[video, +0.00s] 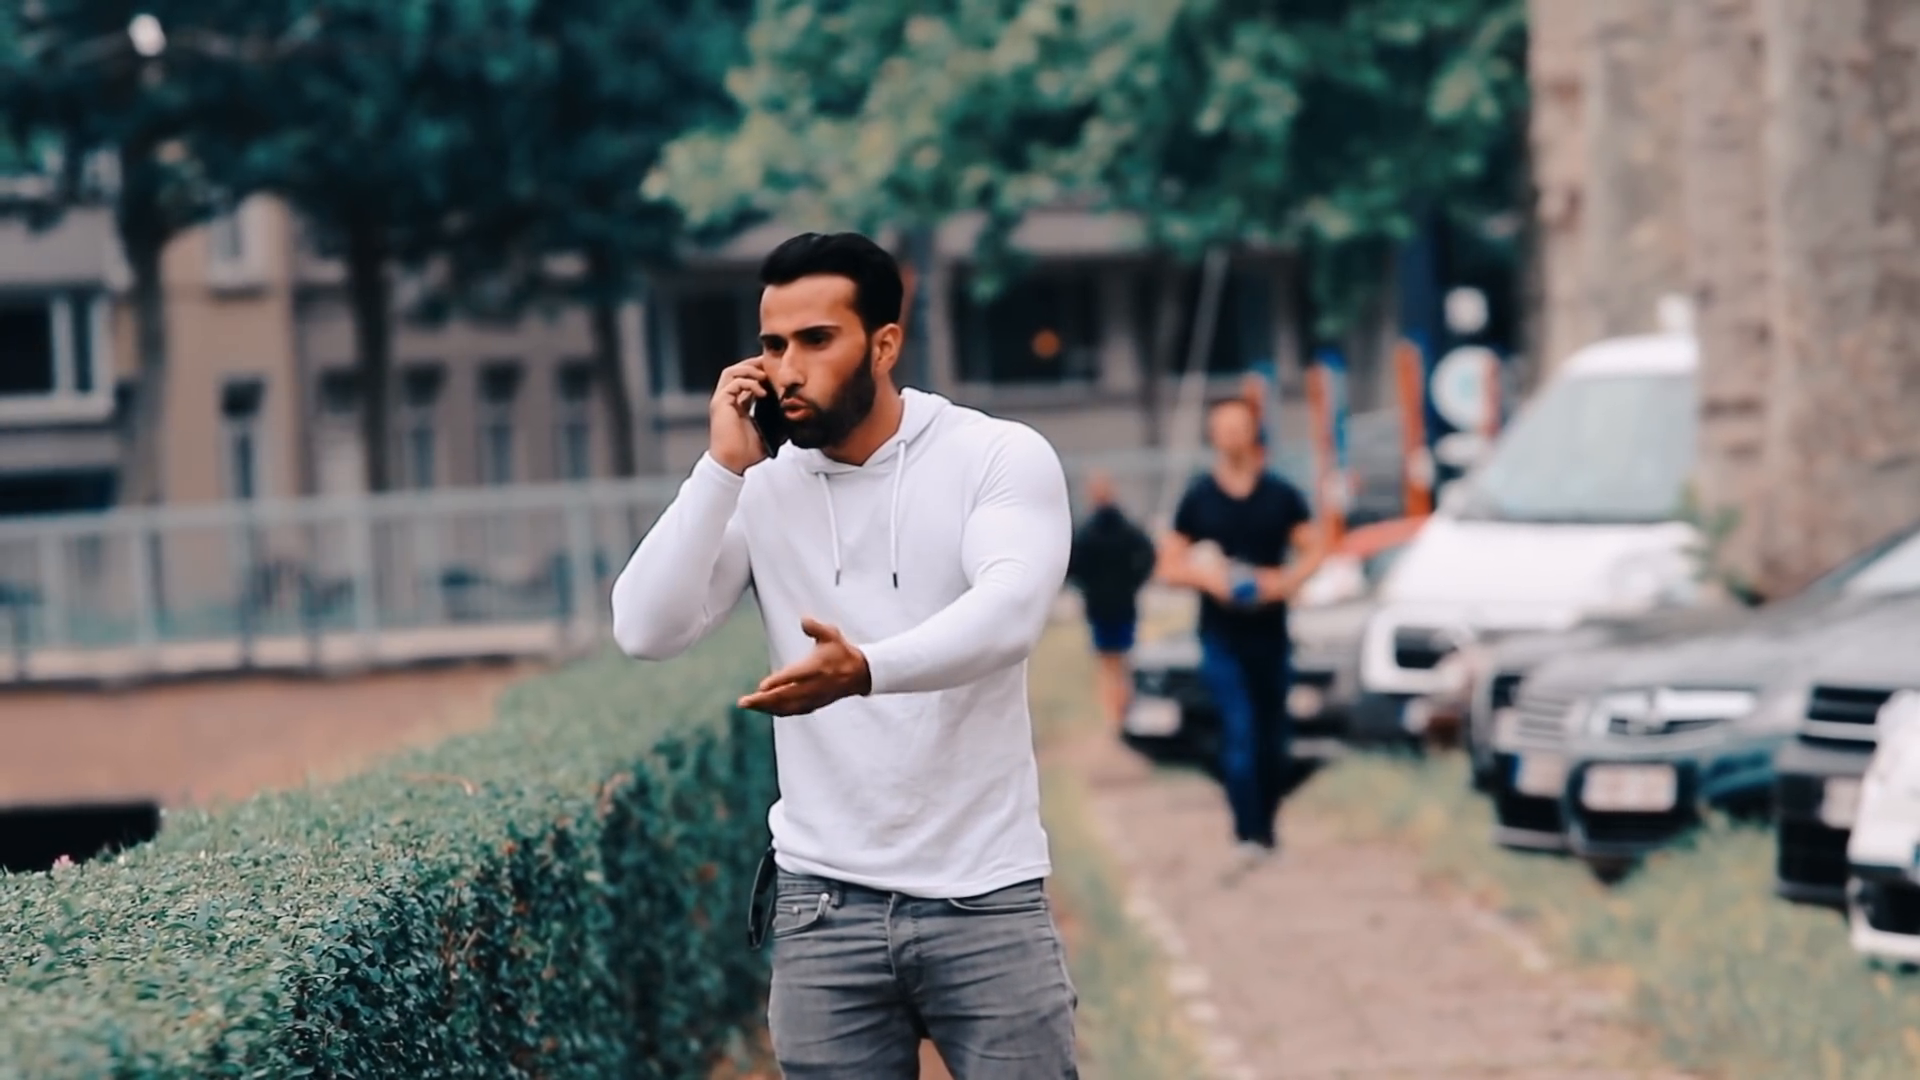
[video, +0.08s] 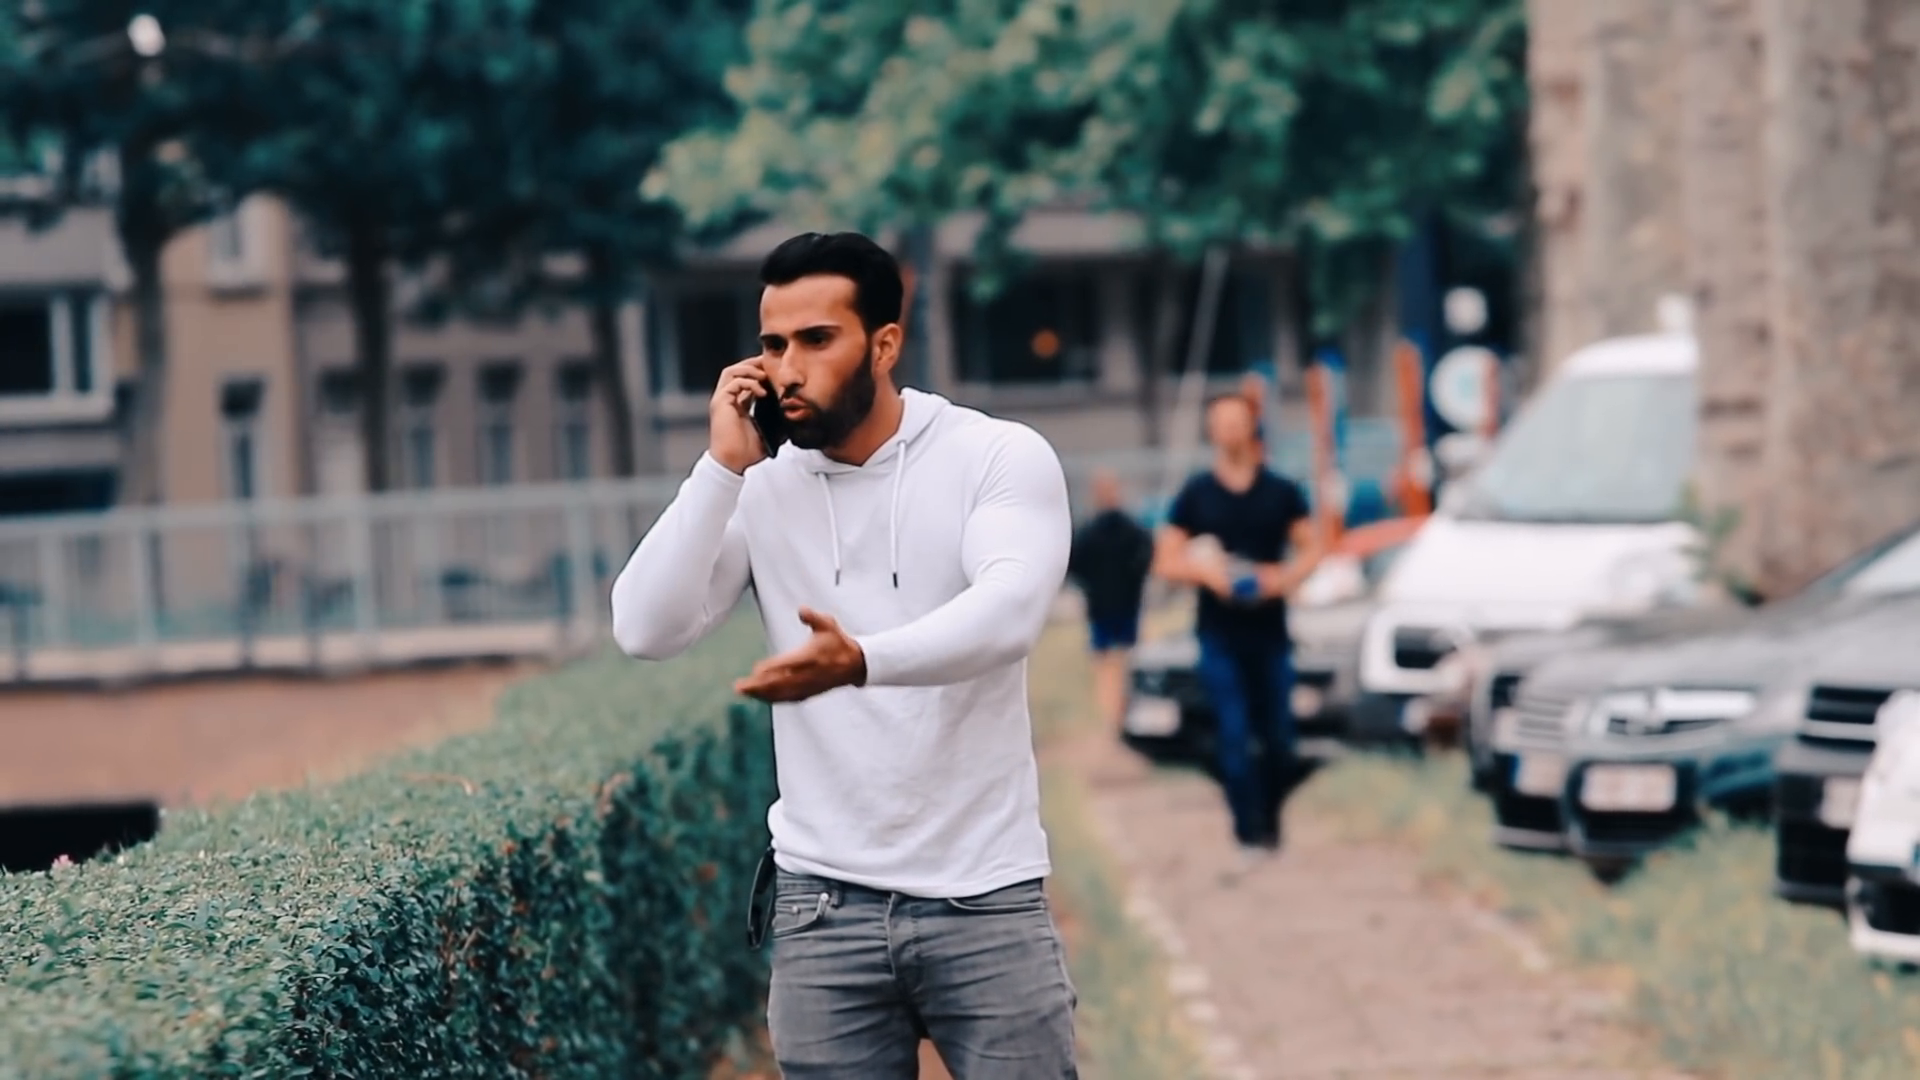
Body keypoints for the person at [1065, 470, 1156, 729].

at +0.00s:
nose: (1100, 497)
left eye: (1098, 493)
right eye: (1101, 493)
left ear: (1092, 498)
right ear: (1114, 496)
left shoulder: (1086, 533)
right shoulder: (1128, 530)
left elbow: (1073, 566)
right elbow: (1147, 554)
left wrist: (1089, 583)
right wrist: (1132, 580)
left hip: (1098, 600)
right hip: (1124, 599)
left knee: (1108, 661)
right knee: (1120, 659)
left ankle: (1114, 715)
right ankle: (1123, 709)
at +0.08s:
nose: (1106, 497)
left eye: (1104, 493)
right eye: (1108, 492)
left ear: (1096, 497)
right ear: (1118, 496)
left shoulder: (1087, 532)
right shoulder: (1134, 531)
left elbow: (1074, 563)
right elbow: (1146, 556)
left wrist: (1091, 581)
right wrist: (1135, 577)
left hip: (1099, 599)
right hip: (1127, 598)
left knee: (1103, 657)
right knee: (1121, 656)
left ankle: (1109, 710)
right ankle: (1119, 712)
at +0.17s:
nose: (1114, 489)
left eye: (1113, 484)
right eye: (1114, 484)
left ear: (1102, 488)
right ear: (1123, 487)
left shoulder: (1096, 522)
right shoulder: (1136, 521)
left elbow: (1076, 549)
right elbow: (1147, 550)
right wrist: (1138, 569)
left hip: (1104, 590)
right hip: (1131, 590)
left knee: (1110, 647)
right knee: (1129, 644)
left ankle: (1111, 707)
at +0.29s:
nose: (1127, 489)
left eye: (1124, 484)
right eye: (1128, 484)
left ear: (1112, 490)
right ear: (1134, 489)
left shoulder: (1102, 525)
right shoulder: (1145, 524)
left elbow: (1084, 553)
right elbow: (1155, 555)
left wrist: (1102, 569)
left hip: (1110, 588)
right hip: (1138, 587)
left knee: (1121, 638)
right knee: (1135, 637)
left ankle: (1120, 686)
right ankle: (1118, 683)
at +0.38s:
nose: (1129, 489)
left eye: (1129, 485)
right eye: (1128, 485)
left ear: (1118, 490)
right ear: (1139, 489)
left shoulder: (1106, 525)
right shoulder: (1151, 523)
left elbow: (1089, 557)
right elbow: (1160, 556)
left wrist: (1106, 576)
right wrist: (1156, 578)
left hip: (1116, 591)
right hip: (1144, 589)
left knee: (1126, 644)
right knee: (1146, 640)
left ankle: (1129, 688)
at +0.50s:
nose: (1145, 481)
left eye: (1142, 477)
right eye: (1144, 477)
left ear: (1125, 482)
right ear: (1146, 482)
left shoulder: (1116, 515)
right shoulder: (1158, 514)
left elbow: (1100, 542)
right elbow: (1170, 544)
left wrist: (1118, 558)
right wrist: (1165, 564)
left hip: (1125, 578)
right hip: (1152, 577)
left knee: (1134, 632)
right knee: (1150, 630)